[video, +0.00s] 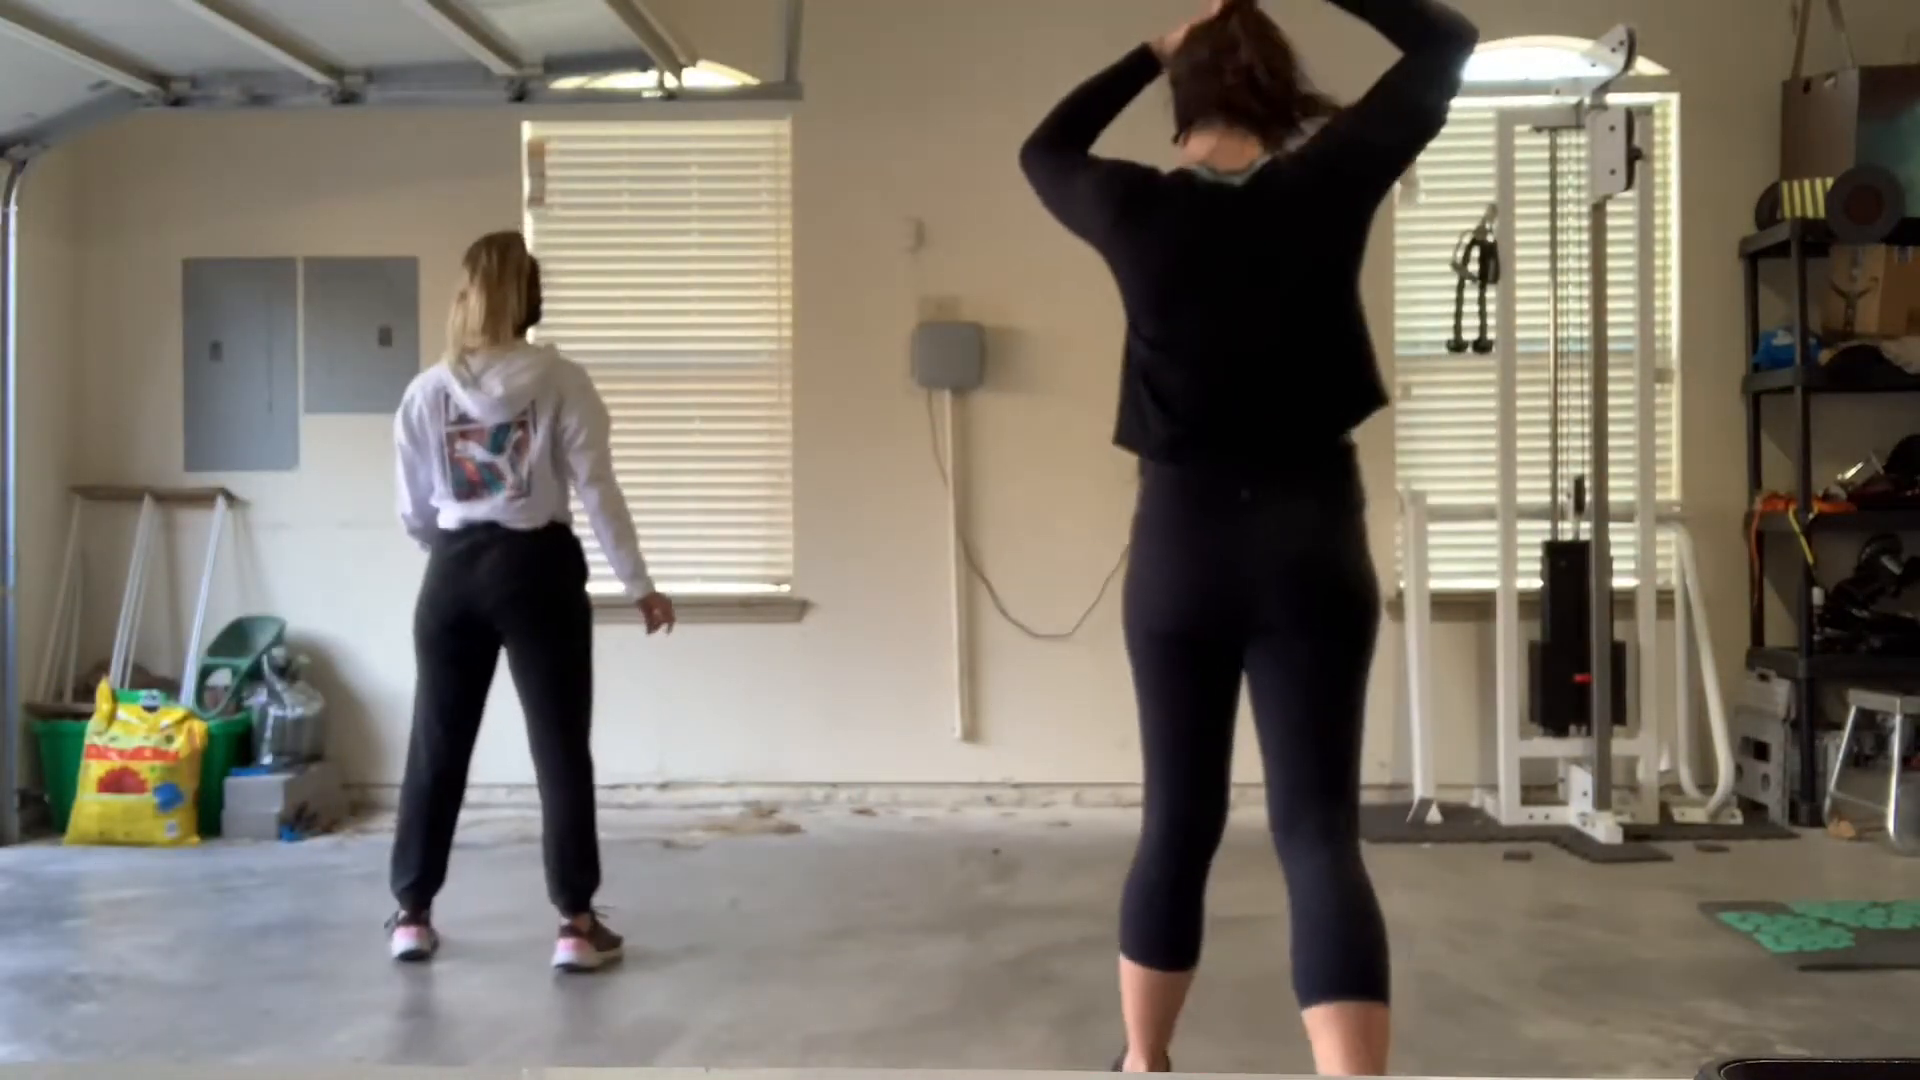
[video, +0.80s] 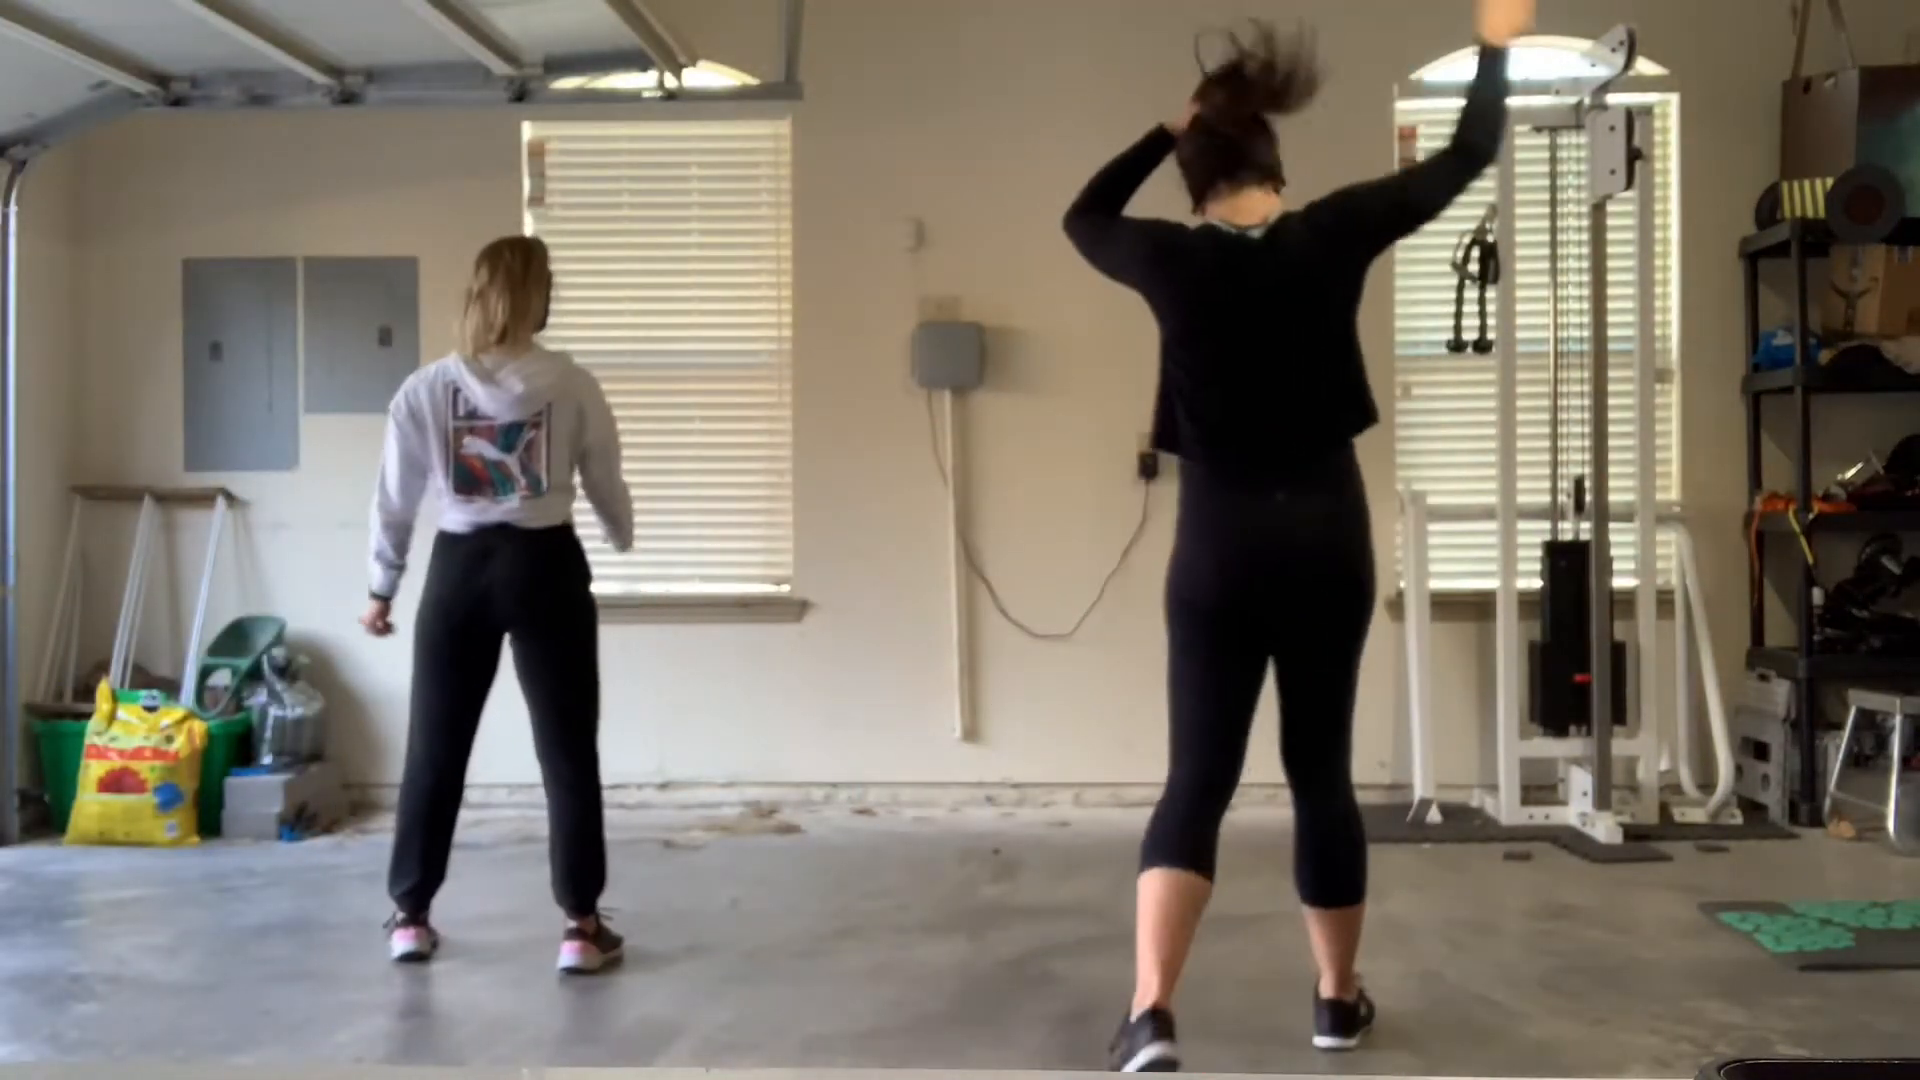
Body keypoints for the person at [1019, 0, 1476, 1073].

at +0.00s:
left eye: (1188, 104)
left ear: (1176, 107)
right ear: (1288, 98)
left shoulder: (1139, 211)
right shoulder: (1332, 188)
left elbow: (1047, 151)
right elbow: (1446, 41)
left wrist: (1148, 53)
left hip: (1180, 551)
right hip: (1314, 547)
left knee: (1176, 822)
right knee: (1320, 829)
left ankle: (1141, 1064)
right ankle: (1354, 1073)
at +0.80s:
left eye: (1197, 177)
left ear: (1195, 181)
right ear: (1278, 165)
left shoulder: (1173, 259)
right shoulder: (1336, 235)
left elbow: (1084, 216)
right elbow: (1470, 151)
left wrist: (1157, 139)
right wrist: (1495, 45)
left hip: (1217, 552)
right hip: (1331, 548)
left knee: (1194, 784)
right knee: (1323, 778)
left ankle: (1150, 1014)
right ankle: (1337, 999)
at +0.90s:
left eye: (1205, 182)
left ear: (1198, 191)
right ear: (1283, 171)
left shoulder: (1189, 270)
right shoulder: (1355, 244)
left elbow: (1101, 229)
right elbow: (1492, 228)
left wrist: (1163, 148)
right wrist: (1519, 160)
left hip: (1240, 555)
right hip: (1351, 551)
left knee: (1204, 768)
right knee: (1336, 773)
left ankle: (1177, 967)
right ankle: (1337, 997)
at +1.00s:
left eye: (1224, 191)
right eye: (1277, 178)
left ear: (1209, 195)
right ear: (1291, 175)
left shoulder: (1203, 271)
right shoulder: (1367, 251)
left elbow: (1111, 234)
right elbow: (1491, 290)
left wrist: (1167, 150)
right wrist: (1499, 264)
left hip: (1253, 548)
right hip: (1362, 543)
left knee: (1214, 759)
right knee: (1339, 766)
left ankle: (1202, 958)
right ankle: (1338, 994)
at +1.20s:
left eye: (1237, 201)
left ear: (1222, 199)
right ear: (1302, 179)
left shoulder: (1215, 273)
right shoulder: (1372, 260)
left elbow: (1118, 233)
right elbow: (1472, 355)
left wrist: (1190, 153)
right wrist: (1390, 386)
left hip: (1254, 544)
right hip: (1361, 542)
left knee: (1218, 749)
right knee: (1337, 759)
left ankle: (1187, 961)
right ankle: (1337, 994)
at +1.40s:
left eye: (1218, 212)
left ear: (1211, 215)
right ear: (1288, 197)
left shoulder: (1199, 286)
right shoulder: (1351, 275)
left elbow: (1111, 243)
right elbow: (1439, 376)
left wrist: (1179, 162)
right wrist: (1350, 403)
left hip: (1239, 546)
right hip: (1342, 542)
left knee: (1212, 750)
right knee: (1326, 758)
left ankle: (1161, 933)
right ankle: (1334, 992)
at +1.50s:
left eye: (1201, 215)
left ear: (1196, 219)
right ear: (1271, 203)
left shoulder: (1181, 291)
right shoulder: (1329, 284)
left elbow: (1101, 246)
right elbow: (1422, 380)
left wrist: (1167, 170)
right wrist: (1333, 405)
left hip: (1218, 552)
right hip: (1319, 547)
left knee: (1206, 746)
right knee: (1313, 755)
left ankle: (1162, 938)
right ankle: (1331, 991)